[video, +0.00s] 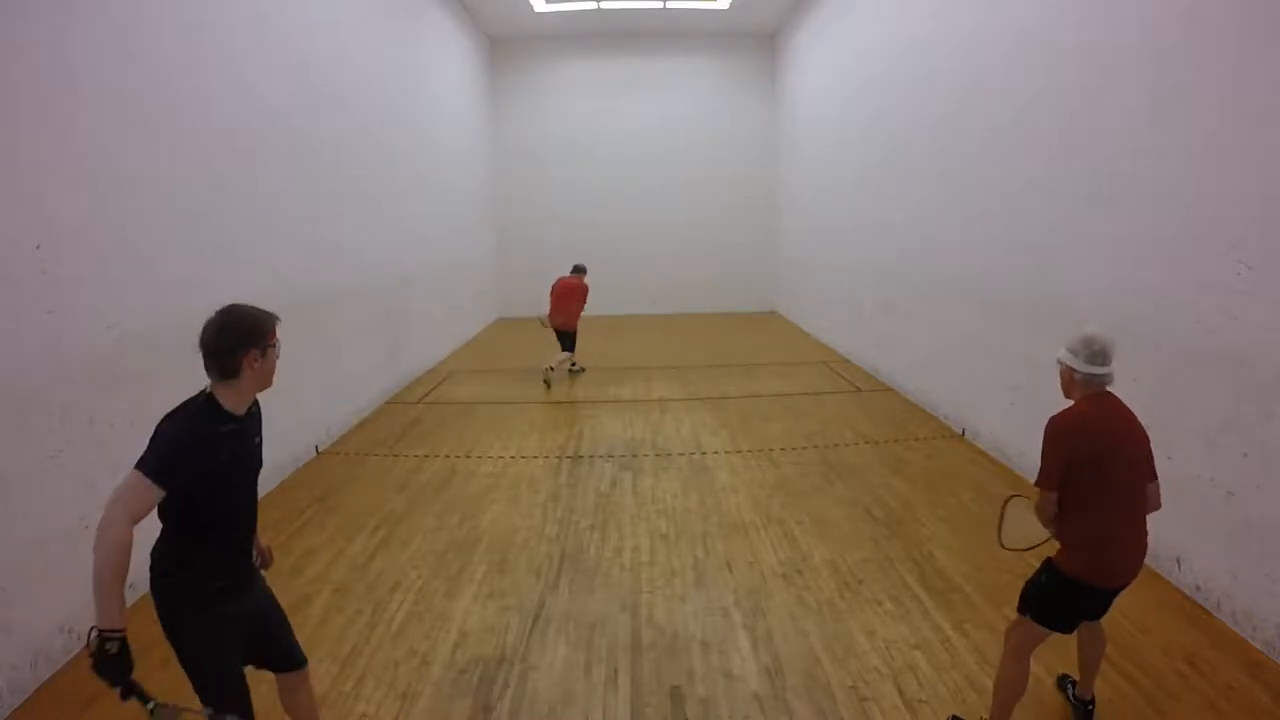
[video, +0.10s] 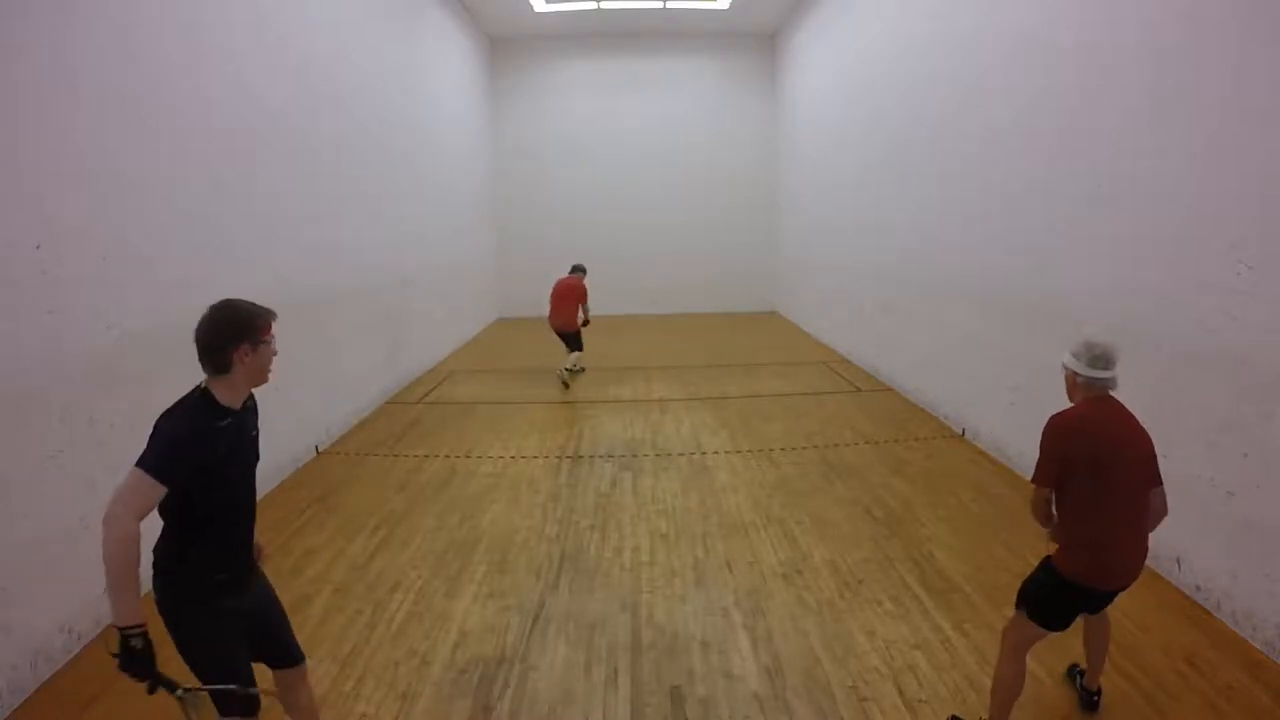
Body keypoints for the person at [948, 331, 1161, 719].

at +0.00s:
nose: (1061, 376)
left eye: (1062, 369)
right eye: (1062, 368)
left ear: (1069, 374)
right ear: (1105, 375)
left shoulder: (1064, 425)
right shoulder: (1128, 420)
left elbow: (1046, 508)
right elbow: (1152, 500)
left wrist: (1058, 526)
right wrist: (1102, 511)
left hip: (1081, 562)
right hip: (1128, 559)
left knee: (1020, 639)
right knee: (1089, 619)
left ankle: (998, 714)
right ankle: (1085, 695)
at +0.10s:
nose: (1066, 380)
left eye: (1067, 374)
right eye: (1068, 374)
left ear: (1072, 379)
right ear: (1110, 381)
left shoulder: (1063, 425)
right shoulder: (1133, 427)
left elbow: (1040, 503)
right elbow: (1158, 508)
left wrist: (1053, 526)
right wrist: (1127, 533)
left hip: (1077, 564)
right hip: (1127, 563)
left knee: (1015, 640)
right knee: (1096, 608)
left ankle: (996, 715)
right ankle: (1092, 687)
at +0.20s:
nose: (1078, 385)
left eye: (1080, 380)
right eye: (1082, 380)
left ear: (1085, 383)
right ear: (1123, 388)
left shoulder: (1070, 425)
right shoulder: (1142, 435)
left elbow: (1038, 496)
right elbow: (1164, 512)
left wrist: (1045, 524)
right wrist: (1156, 560)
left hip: (1075, 566)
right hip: (1127, 567)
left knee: (1013, 640)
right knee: (1106, 605)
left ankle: (996, 714)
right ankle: (1100, 672)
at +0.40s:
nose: (1124, 389)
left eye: (1125, 384)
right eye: (1130, 385)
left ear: (1126, 387)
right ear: (1161, 393)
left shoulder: (1106, 421)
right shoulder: (1175, 441)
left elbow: (1062, 472)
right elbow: (1193, 511)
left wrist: (1034, 502)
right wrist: (1209, 558)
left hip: (1096, 550)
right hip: (1143, 557)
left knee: (1041, 639)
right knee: (1118, 593)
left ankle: (995, 716)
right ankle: (1105, 660)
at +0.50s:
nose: (1140, 385)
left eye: (1142, 380)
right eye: (1146, 381)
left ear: (1144, 381)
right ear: (1177, 388)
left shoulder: (1129, 413)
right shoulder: (1186, 430)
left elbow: (1098, 463)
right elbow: (1192, 485)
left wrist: (1066, 496)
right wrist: (1193, 513)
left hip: (1115, 537)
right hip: (1159, 545)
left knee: (1057, 619)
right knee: (1122, 584)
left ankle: (1001, 705)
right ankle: (1105, 660)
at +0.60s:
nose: (1147, 362)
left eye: (1150, 356)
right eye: (1151, 357)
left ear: (1156, 359)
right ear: (1186, 364)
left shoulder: (1144, 392)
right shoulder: (1200, 401)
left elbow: (1120, 453)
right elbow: (1199, 455)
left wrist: (1110, 493)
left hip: (1137, 510)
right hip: (1178, 520)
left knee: (1080, 590)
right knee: (1133, 579)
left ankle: (1019, 669)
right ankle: (1107, 659)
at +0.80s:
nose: (1159, 334)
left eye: (1163, 328)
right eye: (1162, 328)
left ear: (1173, 333)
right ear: (1195, 336)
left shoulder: (1171, 371)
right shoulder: (1211, 371)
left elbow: (1160, 439)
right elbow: (1200, 431)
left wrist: (1136, 465)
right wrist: (1154, 440)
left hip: (1166, 488)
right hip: (1202, 495)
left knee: (1103, 557)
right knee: (1173, 563)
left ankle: (1045, 631)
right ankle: (1163, 643)